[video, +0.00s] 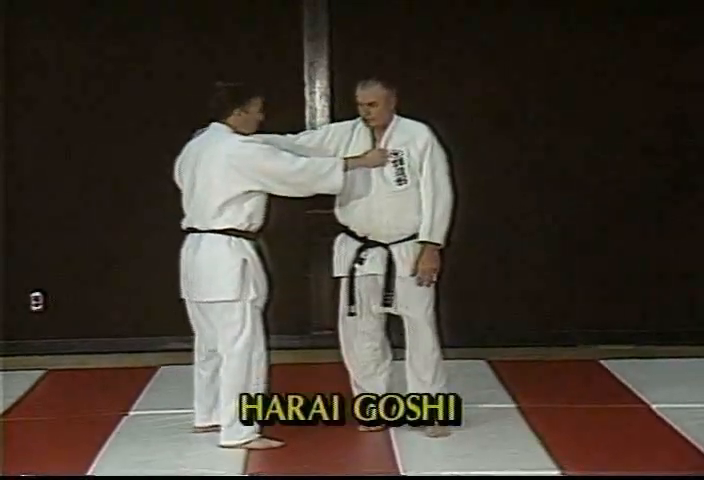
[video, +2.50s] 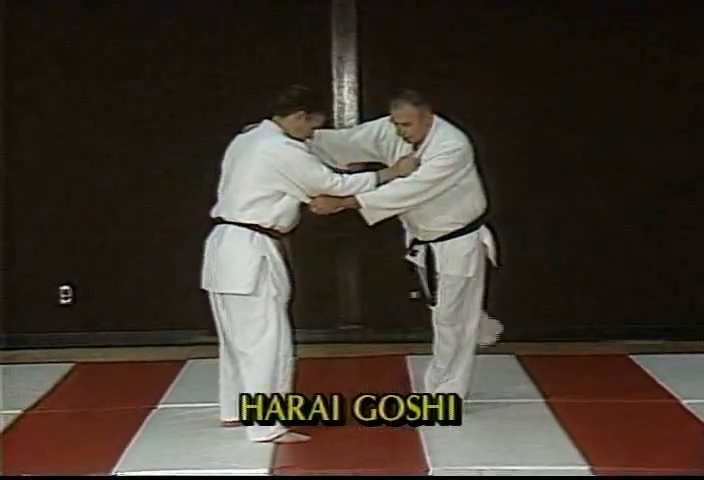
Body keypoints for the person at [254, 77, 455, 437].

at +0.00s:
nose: (366, 112)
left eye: (372, 106)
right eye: (361, 106)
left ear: (391, 103)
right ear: (356, 105)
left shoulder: (418, 137)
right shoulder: (345, 134)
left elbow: (439, 194)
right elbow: (297, 144)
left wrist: (431, 247)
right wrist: (246, 142)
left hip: (408, 248)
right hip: (358, 247)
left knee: (420, 327)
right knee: (360, 327)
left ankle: (429, 407)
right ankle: (372, 405)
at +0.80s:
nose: (363, 116)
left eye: (369, 109)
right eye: (358, 110)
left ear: (389, 105)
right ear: (354, 109)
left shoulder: (415, 137)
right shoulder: (345, 133)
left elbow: (430, 196)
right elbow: (294, 142)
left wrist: (392, 236)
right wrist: (242, 142)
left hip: (410, 244)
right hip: (358, 244)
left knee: (420, 324)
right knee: (360, 325)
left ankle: (433, 407)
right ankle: (373, 404)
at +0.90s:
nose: (367, 115)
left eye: (373, 107)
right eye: (362, 108)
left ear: (393, 104)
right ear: (358, 108)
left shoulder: (416, 137)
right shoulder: (349, 132)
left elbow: (417, 205)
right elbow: (299, 137)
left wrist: (363, 224)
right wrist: (245, 132)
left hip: (409, 246)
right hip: (359, 246)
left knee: (422, 330)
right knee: (361, 328)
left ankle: (434, 410)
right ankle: (374, 407)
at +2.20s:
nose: (400, 132)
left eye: (405, 124)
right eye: (395, 125)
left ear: (425, 115)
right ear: (390, 121)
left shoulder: (450, 144)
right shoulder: (387, 132)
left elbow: (414, 187)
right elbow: (340, 141)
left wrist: (347, 201)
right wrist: (290, 138)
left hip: (454, 245)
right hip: (412, 243)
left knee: (449, 329)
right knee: (412, 327)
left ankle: (443, 407)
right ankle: (419, 401)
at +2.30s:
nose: (400, 131)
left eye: (406, 124)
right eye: (395, 124)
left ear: (426, 116)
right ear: (391, 120)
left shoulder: (451, 146)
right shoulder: (386, 133)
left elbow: (412, 189)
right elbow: (341, 141)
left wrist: (346, 202)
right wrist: (291, 138)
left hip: (457, 243)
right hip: (419, 243)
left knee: (452, 325)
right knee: (429, 323)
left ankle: (447, 398)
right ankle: (436, 390)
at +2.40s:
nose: (401, 132)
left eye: (407, 124)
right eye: (396, 124)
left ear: (427, 116)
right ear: (392, 120)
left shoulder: (451, 146)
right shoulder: (388, 132)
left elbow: (412, 190)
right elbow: (343, 140)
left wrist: (344, 202)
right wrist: (294, 136)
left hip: (456, 242)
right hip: (422, 239)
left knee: (450, 322)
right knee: (437, 303)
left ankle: (441, 396)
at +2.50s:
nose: (402, 132)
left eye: (408, 125)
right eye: (397, 125)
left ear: (428, 117)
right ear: (392, 121)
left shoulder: (451, 146)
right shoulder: (390, 132)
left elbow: (413, 189)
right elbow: (345, 140)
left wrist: (345, 203)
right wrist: (294, 135)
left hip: (458, 242)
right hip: (422, 239)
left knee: (449, 321)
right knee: (440, 300)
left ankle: (443, 394)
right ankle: (485, 329)